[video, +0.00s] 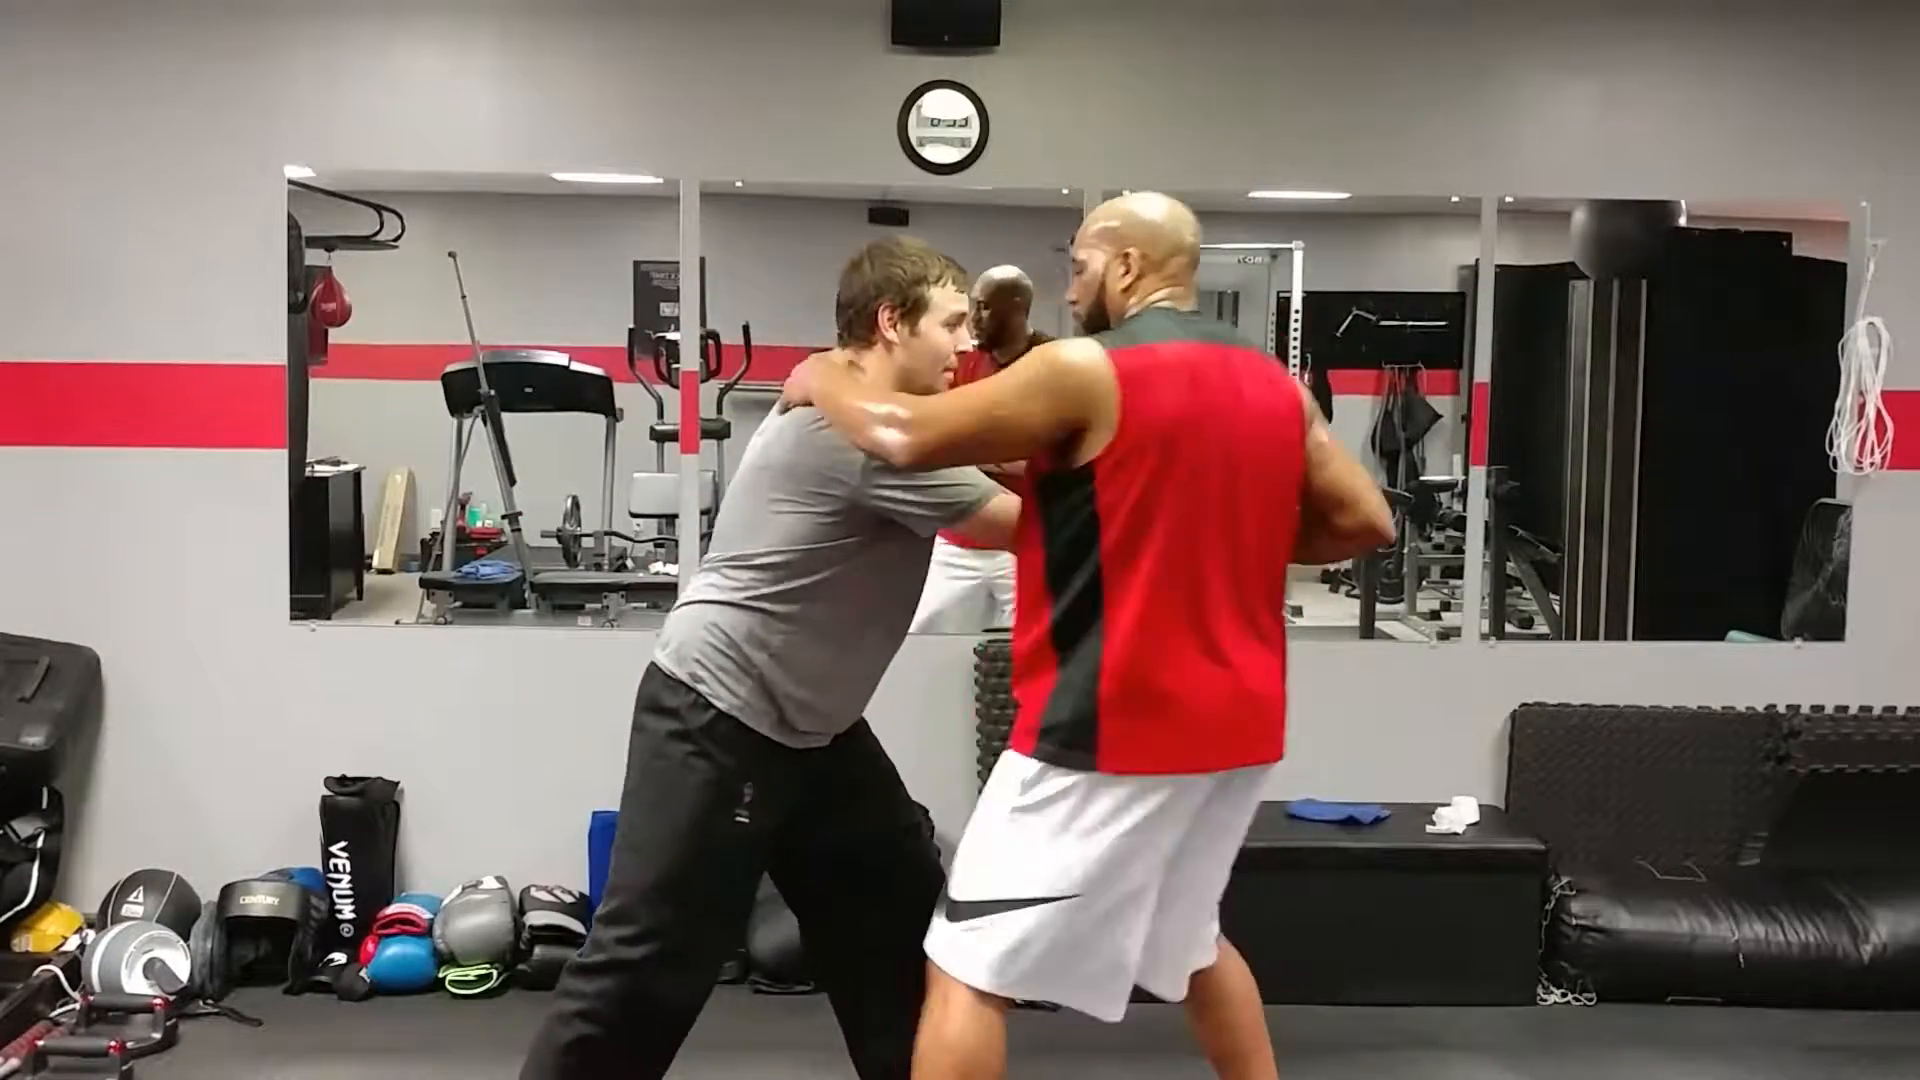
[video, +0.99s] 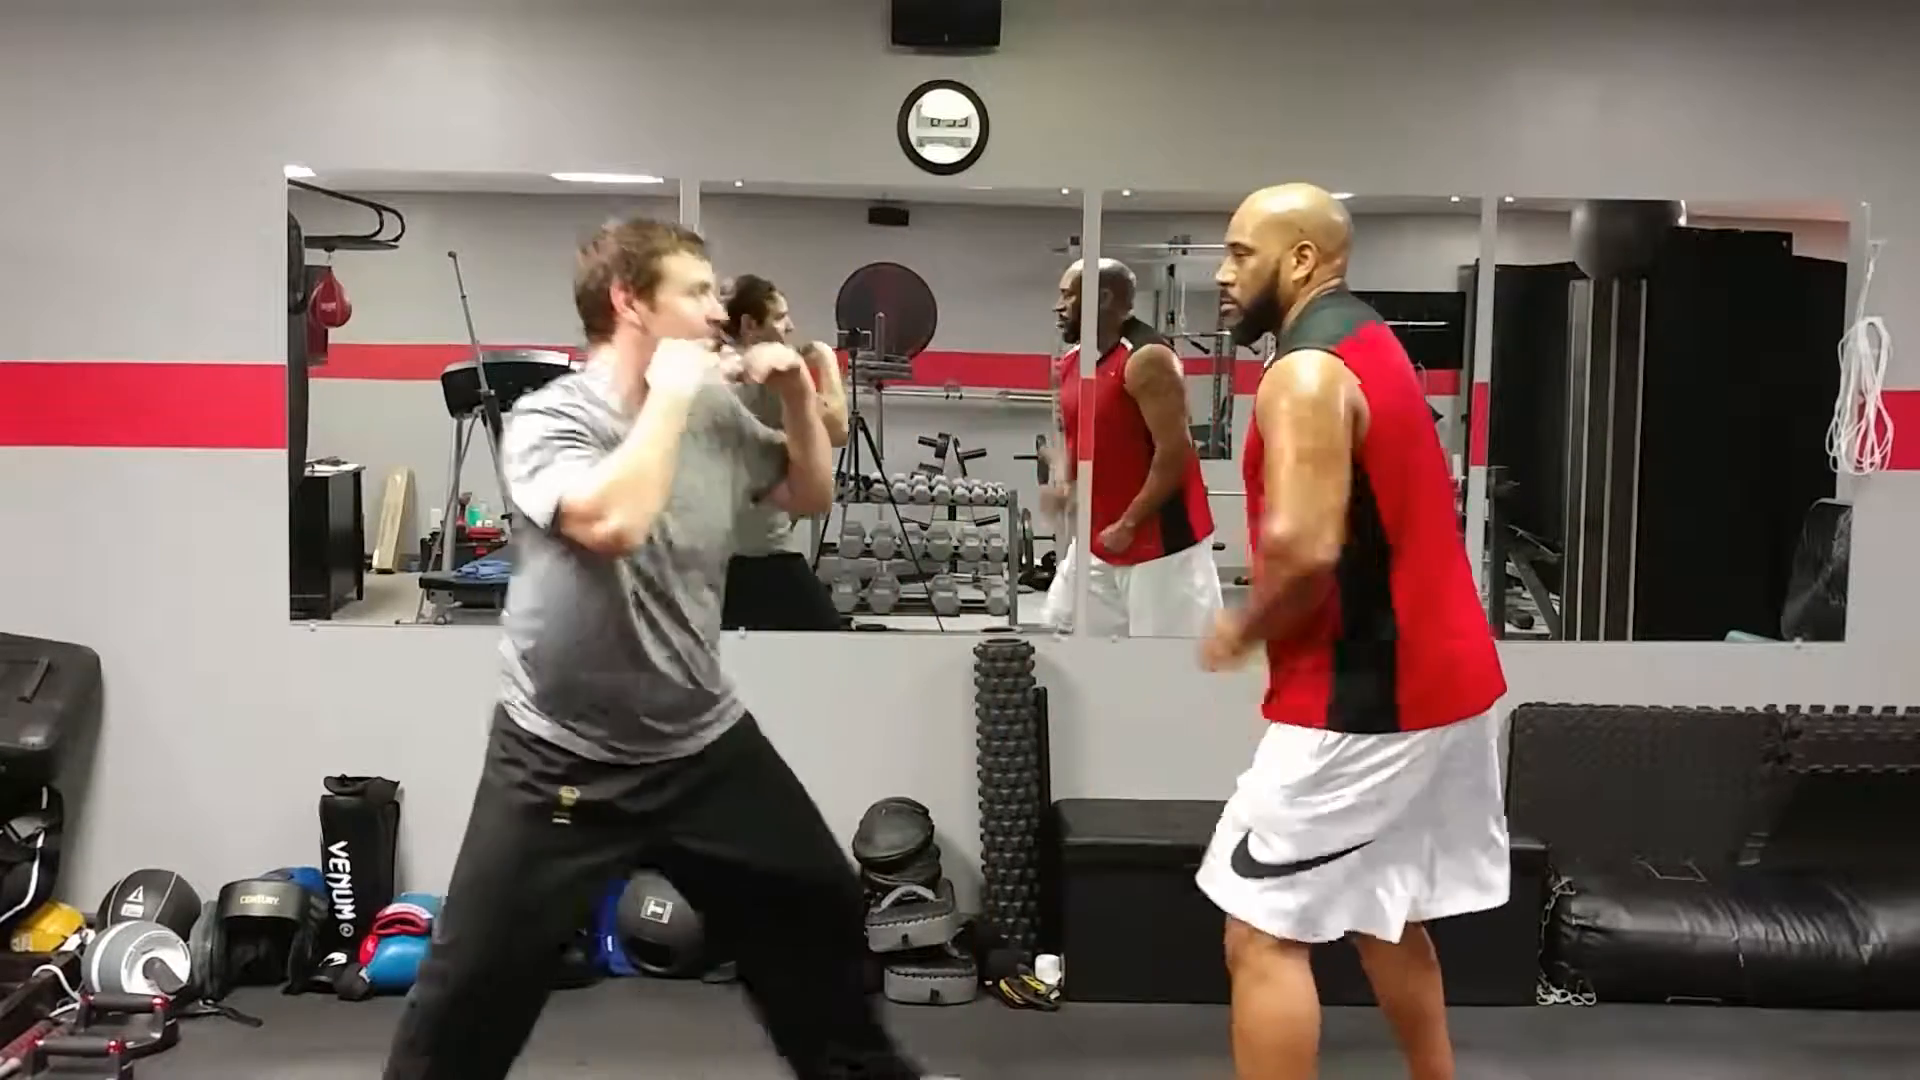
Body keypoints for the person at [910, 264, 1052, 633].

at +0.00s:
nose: (976, 323)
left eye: (986, 310)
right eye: (972, 311)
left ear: (1021, 310)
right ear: (971, 309)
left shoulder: (1058, 365)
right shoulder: (956, 366)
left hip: (1025, 550)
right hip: (952, 548)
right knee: (920, 667)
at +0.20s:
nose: (998, 302)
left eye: (1007, 292)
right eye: (998, 292)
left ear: (1044, 293)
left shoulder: (1082, 360)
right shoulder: (996, 347)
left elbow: (1115, 445)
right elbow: (940, 380)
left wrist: (1082, 467)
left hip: (1065, 528)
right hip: (1003, 517)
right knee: (946, 601)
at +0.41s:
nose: (1008, 296)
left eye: (1016, 286)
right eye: (1008, 286)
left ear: (1052, 286)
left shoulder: (1107, 351)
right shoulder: (1017, 345)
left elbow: (1140, 444)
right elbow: (960, 393)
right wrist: (892, 414)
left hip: (1099, 543)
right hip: (1030, 536)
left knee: (1100, 675)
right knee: (1016, 664)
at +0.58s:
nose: (1013, 309)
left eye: (1021, 298)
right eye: (1014, 299)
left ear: (1054, 298)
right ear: (1051, 299)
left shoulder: (1112, 359)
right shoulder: (1027, 365)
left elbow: (1148, 445)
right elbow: (1002, 438)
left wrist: (1070, 489)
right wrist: (961, 490)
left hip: (1107, 551)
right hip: (1048, 545)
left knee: (1101, 675)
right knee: (1032, 664)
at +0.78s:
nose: (1035, 313)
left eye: (1043, 301)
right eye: (1036, 302)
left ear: (1077, 302)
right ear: (1072, 304)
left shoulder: (1130, 364)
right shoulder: (1066, 363)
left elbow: (1166, 452)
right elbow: (1080, 450)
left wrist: (1113, 518)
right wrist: (1067, 517)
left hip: (1145, 551)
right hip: (1079, 547)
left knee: (1148, 670)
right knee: (1030, 642)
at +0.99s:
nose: (1059, 307)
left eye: (1070, 296)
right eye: (1060, 295)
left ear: (1112, 301)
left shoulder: (1149, 360)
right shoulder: (1070, 364)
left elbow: (1174, 452)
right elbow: (1065, 435)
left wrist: (1127, 524)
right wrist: (1062, 480)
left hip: (1163, 551)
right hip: (1095, 546)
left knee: (1170, 674)